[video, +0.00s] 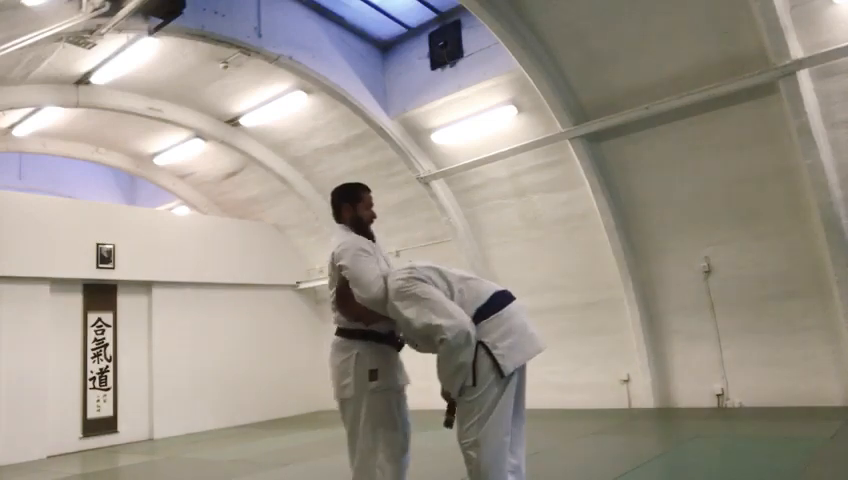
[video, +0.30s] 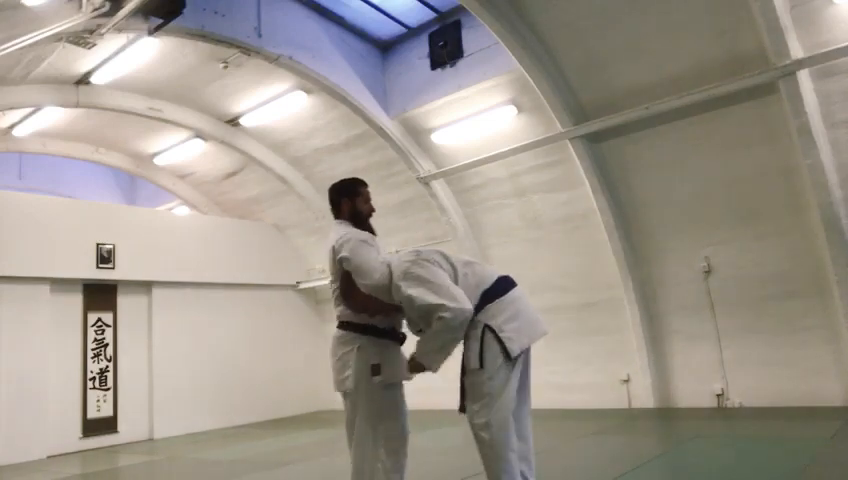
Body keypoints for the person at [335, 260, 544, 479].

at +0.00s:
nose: (352, 320)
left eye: (348, 312)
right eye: (345, 314)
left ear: (358, 301)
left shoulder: (400, 288)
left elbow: (457, 330)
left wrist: (450, 391)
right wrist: (455, 393)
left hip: (491, 338)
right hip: (507, 331)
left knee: (476, 439)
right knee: (505, 439)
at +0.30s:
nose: (362, 307)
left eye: (358, 301)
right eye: (358, 304)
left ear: (365, 286)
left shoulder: (406, 272)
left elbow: (456, 310)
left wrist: (422, 358)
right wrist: (423, 356)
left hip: (494, 322)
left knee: (486, 418)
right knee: (515, 416)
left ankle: (508, 475)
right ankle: (523, 474)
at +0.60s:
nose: (368, 331)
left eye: (363, 325)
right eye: (361, 329)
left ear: (368, 304)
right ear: (370, 299)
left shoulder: (414, 290)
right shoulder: (406, 305)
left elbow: (479, 326)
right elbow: (469, 332)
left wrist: (475, 396)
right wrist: (465, 388)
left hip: (506, 338)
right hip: (484, 342)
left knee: (478, 431)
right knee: (461, 427)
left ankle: (494, 476)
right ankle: (476, 476)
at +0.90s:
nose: (371, 313)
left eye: (366, 305)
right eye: (364, 310)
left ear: (371, 286)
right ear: (367, 288)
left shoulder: (425, 276)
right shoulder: (402, 299)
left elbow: (488, 309)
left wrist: (528, 366)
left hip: (489, 335)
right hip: (467, 344)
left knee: (469, 431)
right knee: (461, 430)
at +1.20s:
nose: (388, 302)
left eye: (382, 293)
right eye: (380, 298)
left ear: (389, 270)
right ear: (390, 268)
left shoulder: (442, 270)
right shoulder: (425, 286)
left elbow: (498, 313)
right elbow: (481, 337)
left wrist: (521, 383)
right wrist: (475, 399)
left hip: (516, 342)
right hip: (495, 347)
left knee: (497, 439)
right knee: (481, 436)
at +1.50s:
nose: (407, 325)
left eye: (396, 318)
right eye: (398, 323)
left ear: (397, 293)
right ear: (400, 291)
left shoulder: (451, 279)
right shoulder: (441, 307)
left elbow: (525, 297)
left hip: (532, 337)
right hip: (514, 346)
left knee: (525, 440)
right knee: (507, 437)